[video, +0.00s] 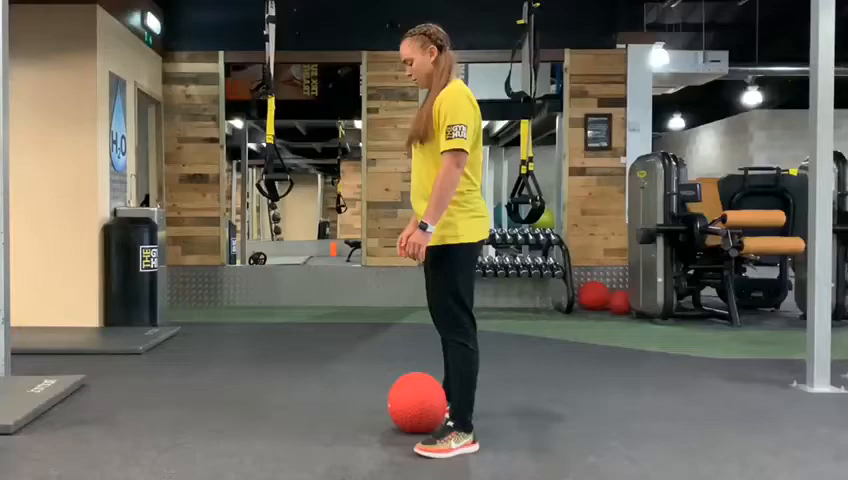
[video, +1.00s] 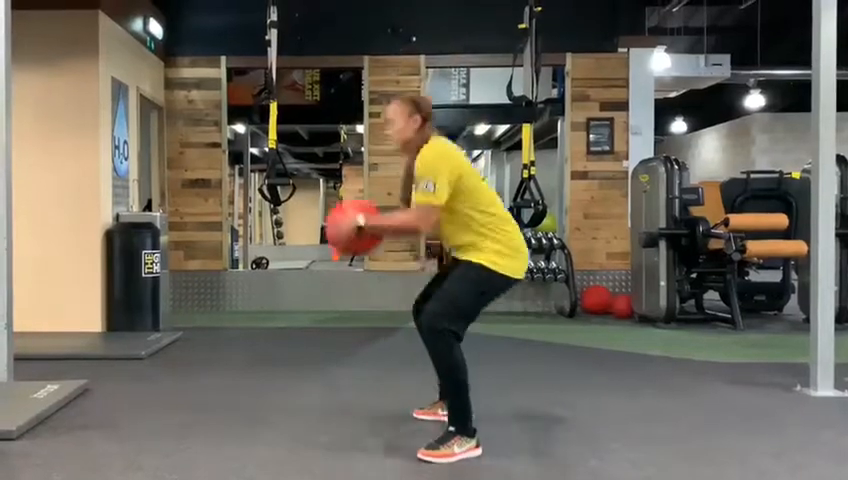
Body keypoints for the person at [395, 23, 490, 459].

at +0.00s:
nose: (406, 70)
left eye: (408, 61)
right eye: (404, 62)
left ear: (433, 53)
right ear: (427, 56)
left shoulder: (455, 97)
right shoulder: (439, 100)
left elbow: (455, 166)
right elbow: (435, 171)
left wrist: (425, 225)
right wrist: (416, 224)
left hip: (455, 232)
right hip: (442, 233)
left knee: (456, 326)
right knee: (448, 324)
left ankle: (462, 429)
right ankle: (454, 416)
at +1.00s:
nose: (386, 130)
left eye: (392, 122)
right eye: (386, 123)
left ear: (417, 121)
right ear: (413, 123)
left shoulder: (436, 154)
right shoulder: (422, 158)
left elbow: (424, 219)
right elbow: (413, 216)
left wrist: (368, 222)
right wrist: (372, 232)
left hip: (496, 254)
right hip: (473, 252)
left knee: (437, 322)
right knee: (424, 311)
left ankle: (464, 434)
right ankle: (450, 401)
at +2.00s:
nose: (401, 137)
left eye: (401, 127)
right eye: (396, 131)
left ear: (420, 112)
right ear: (417, 117)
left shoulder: (447, 136)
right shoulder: (441, 139)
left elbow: (442, 209)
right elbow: (437, 206)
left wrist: (395, 236)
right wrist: (403, 233)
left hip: (511, 237)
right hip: (492, 238)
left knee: (477, 327)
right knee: (459, 315)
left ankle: (532, 440)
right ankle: (490, 398)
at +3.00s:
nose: (348, 334)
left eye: (342, 328)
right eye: (341, 329)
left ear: (348, 313)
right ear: (352, 300)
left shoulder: (387, 299)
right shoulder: (385, 293)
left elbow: (408, 373)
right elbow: (408, 367)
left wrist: (408, 442)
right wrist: (405, 420)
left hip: (503, 269)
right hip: (497, 274)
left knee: (570, 358)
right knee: (562, 356)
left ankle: (679, 398)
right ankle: (635, 380)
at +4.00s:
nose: (464, 80)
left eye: (466, 72)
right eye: (463, 73)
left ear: (483, 67)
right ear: (476, 70)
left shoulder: (510, 90)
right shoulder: (477, 106)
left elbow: (446, 75)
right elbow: (436, 94)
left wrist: (432, 24)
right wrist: (420, 48)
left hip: (500, 226)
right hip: (478, 226)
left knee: (480, 323)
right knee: (464, 314)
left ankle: (515, 442)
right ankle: (490, 399)